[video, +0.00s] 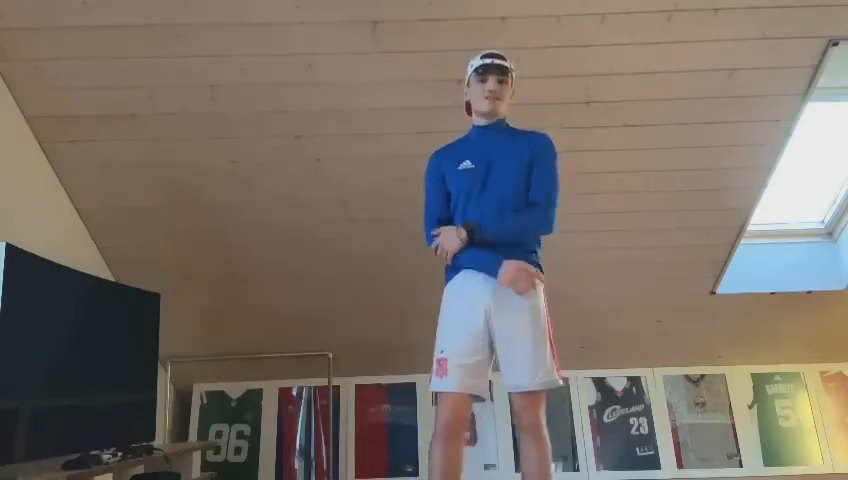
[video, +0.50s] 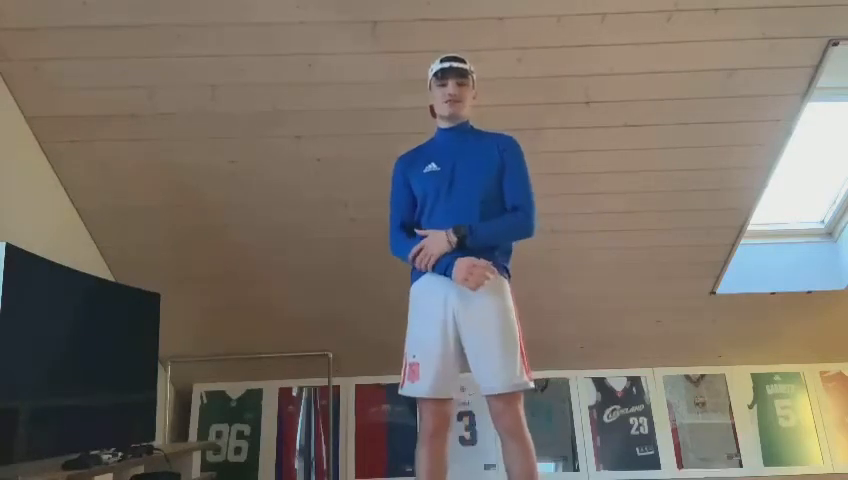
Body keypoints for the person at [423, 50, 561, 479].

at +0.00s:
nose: (492, 88)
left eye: (501, 82)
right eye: (482, 81)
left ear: (510, 92)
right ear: (467, 92)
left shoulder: (537, 145)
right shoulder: (443, 158)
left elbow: (543, 219)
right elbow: (437, 234)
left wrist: (469, 231)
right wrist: (498, 263)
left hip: (521, 284)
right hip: (465, 284)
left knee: (529, 413)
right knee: (451, 414)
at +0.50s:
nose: (452, 90)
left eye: (460, 83)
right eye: (442, 83)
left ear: (473, 93)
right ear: (430, 96)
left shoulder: (503, 147)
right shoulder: (410, 162)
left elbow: (523, 220)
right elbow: (400, 238)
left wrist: (456, 235)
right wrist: (450, 264)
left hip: (487, 287)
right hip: (429, 293)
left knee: (508, 414)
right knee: (432, 420)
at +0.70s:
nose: (434, 93)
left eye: (443, 86)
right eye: (424, 87)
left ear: (455, 96)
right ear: (411, 100)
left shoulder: (485, 151)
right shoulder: (391, 165)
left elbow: (510, 225)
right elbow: (377, 244)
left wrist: (453, 238)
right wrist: (419, 268)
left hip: (471, 289)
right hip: (413, 295)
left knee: (504, 415)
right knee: (422, 418)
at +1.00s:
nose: (415, 96)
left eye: (422, 87)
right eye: (405, 89)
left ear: (433, 95)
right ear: (390, 103)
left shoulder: (466, 152)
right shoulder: (375, 167)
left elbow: (493, 217)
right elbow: (356, 243)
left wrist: (508, 262)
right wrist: (343, 300)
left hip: (461, 294)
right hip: (404, 298)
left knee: (489, 416)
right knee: (415, 419)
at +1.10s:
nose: (411, 95)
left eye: (419, 87)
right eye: (400, 89)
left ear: (430, 96)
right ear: (387, 104)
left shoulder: (464, 151)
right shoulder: (373, 167)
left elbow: (500, 218)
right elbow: (347, 247)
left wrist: (540, 275)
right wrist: (315, 311)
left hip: (458, 293)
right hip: (402, 297)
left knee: (486, 418)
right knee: (415, 419)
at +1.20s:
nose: (407, 95)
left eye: (415, 86)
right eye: (397, 88)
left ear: (427, 95)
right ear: (384, 102)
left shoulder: (462, 150)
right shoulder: (369, 167)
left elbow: (505, 217)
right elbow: (338, 246)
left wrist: (557, 276)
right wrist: (301, 313)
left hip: (456, 294)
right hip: (399, 299)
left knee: (486, 414)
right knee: (415, 417)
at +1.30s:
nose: (405, 93)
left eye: (412, 85)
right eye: (395, 87)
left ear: (425, 93)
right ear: (383, 101)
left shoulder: (461, 149)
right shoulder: (368, 167)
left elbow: (505, 218)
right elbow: (336, 246)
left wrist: (557, 275)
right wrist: (296, 311)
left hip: (456, 294)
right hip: (399, 299)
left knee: (485, 417)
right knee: (415, 420)